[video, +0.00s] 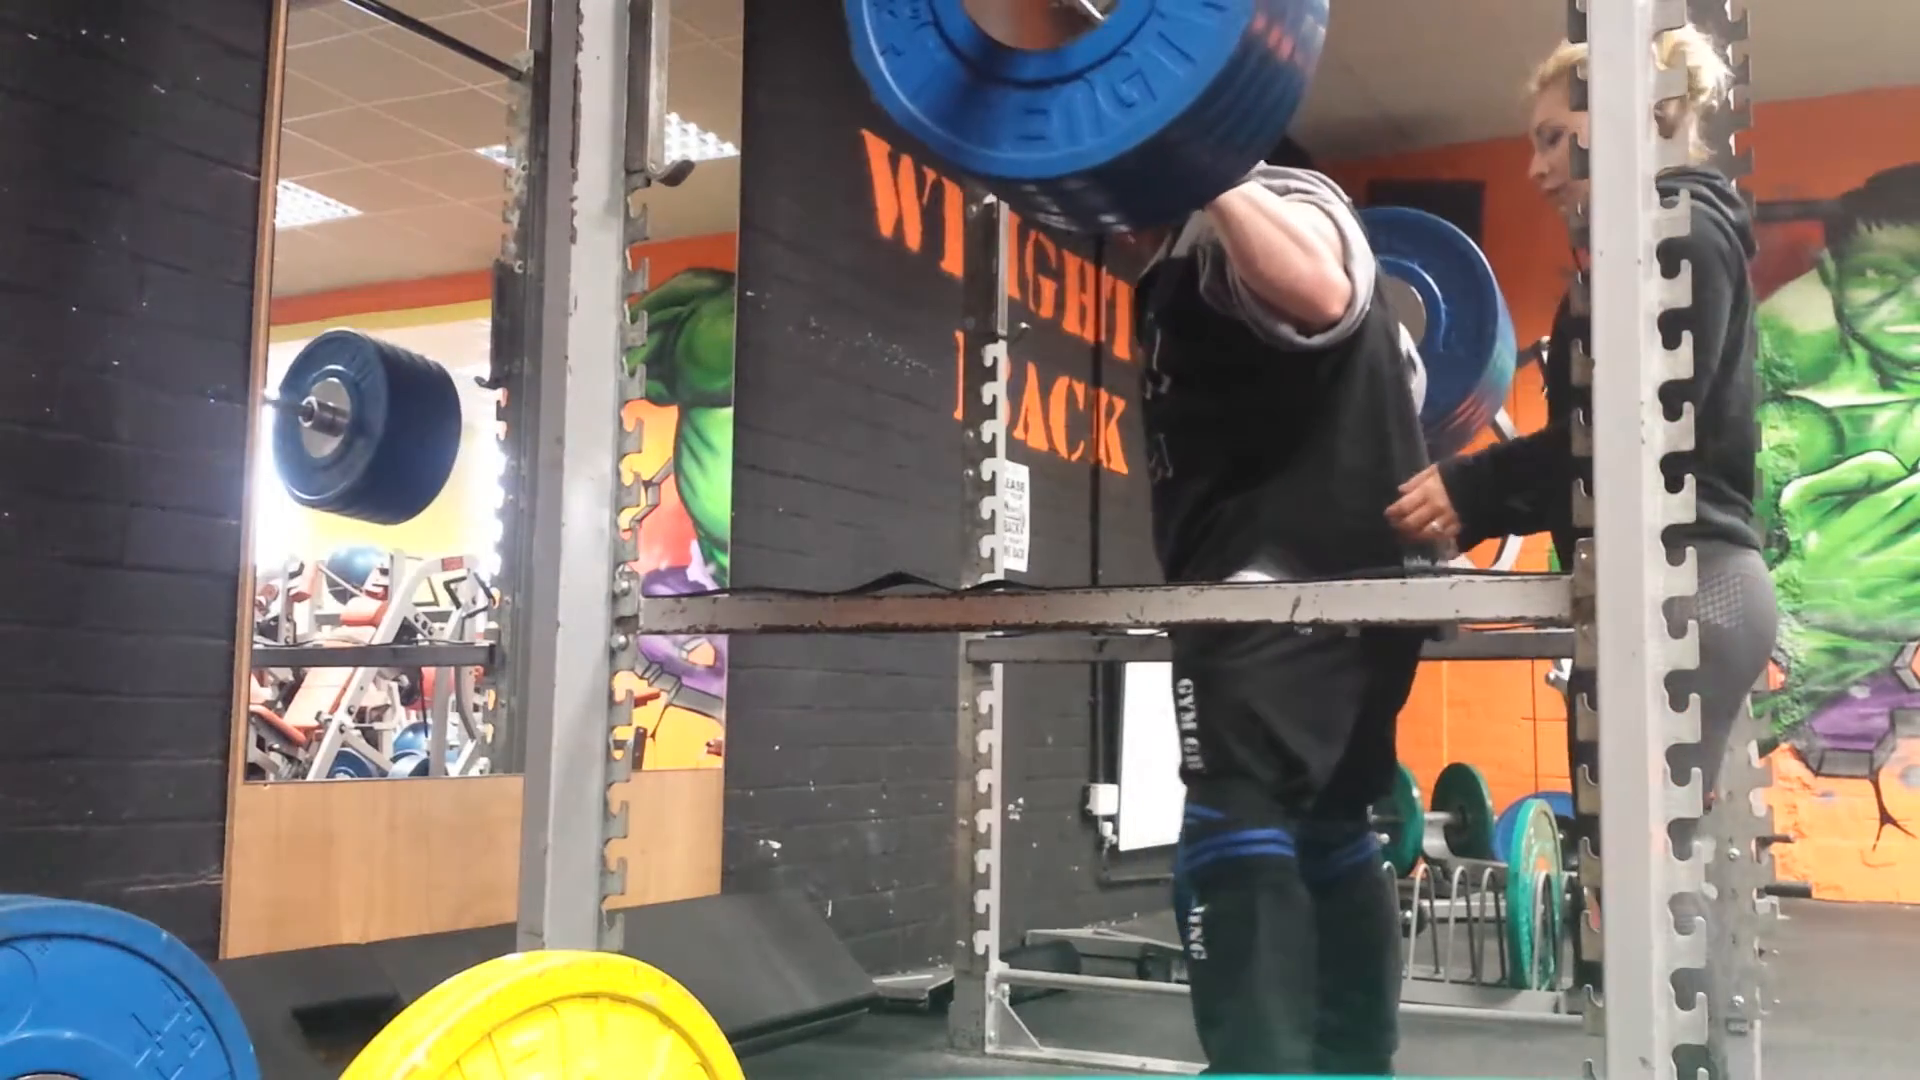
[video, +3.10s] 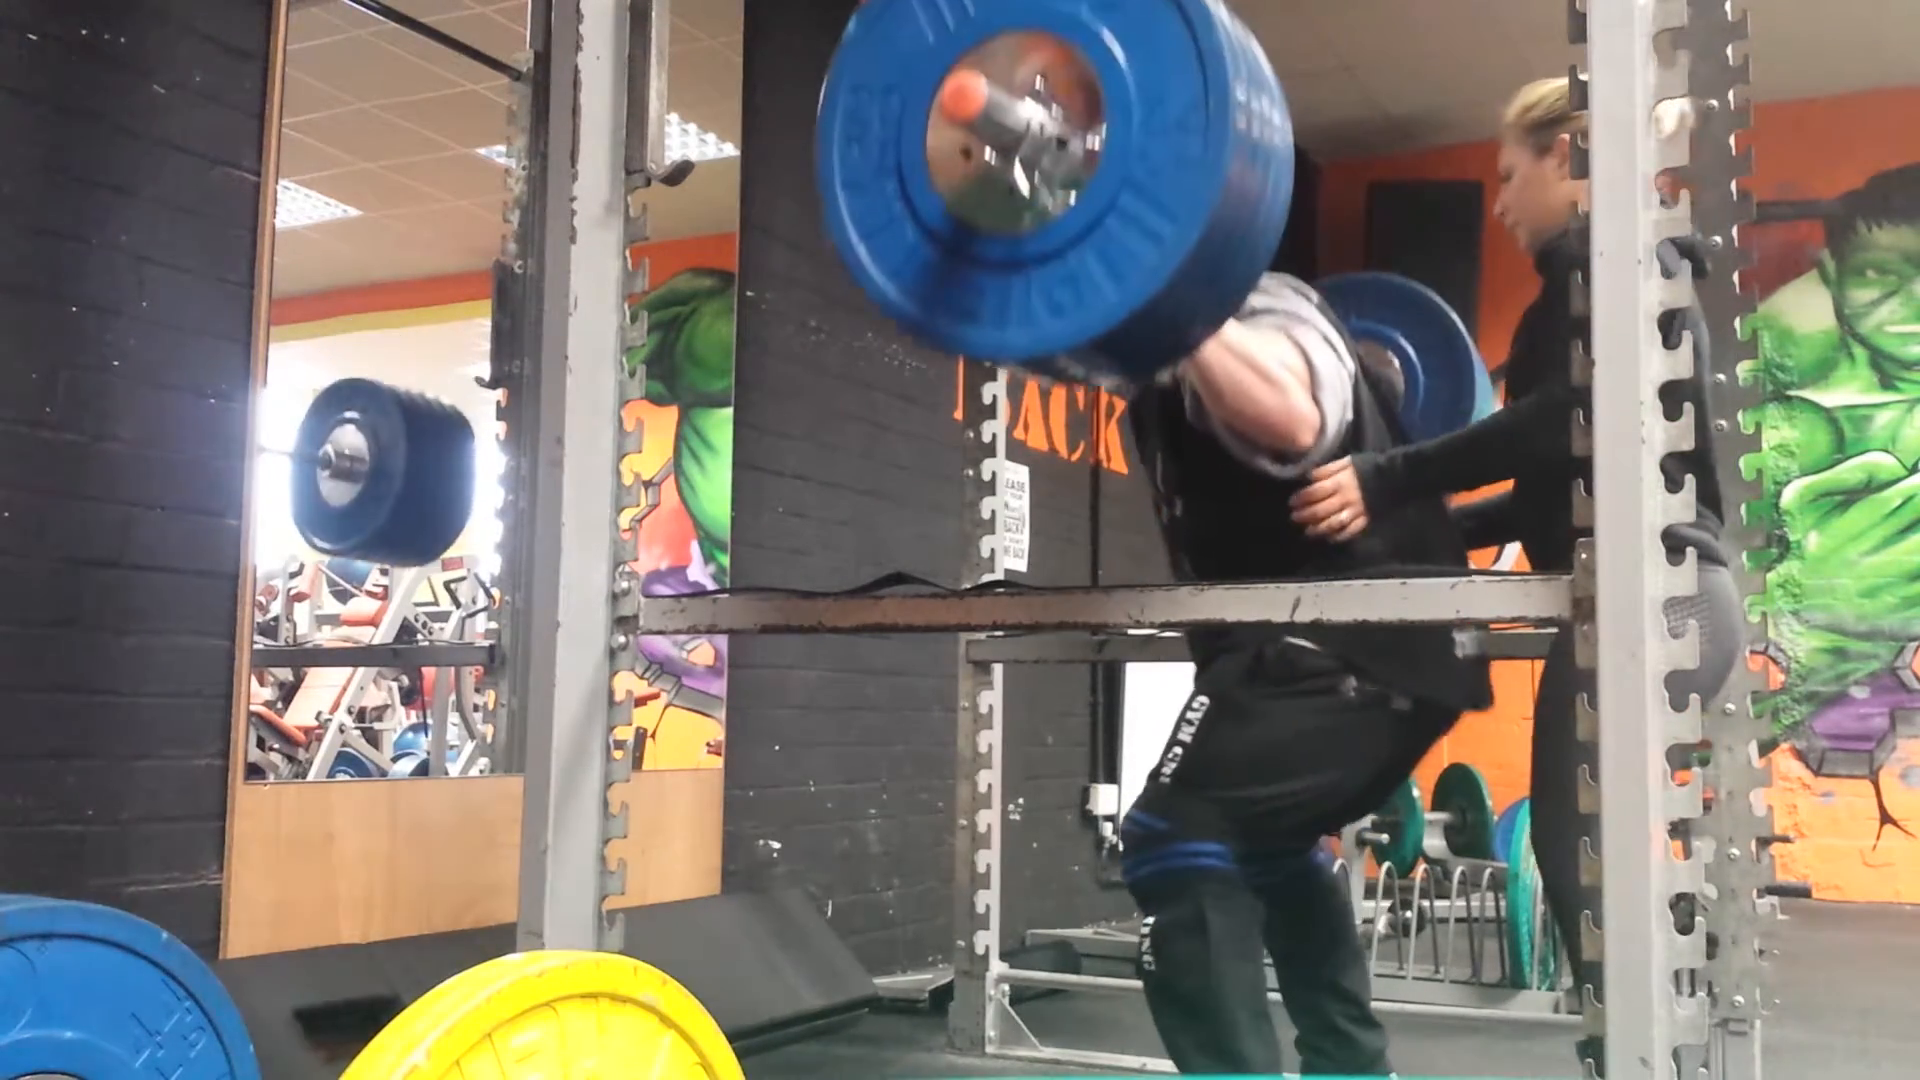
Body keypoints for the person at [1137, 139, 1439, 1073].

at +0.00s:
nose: (1087, 232)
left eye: (1094, 204)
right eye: (1074, 213)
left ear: (1157, 165)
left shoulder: (1283, 196)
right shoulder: (1193, 249)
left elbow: (1319, 290)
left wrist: (1205, 172)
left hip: (1297, 586)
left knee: (1236, 833)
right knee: (1335, 835)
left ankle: (1259, 1065)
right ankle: (1352, 1064)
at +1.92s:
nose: (1102, 251)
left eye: (1103, 226)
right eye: (1090, 234)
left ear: (1156, 183)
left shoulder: (1263, 210)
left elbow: (1295, 302)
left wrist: (1190, 193)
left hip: (1281, 584)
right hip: (1352, 585)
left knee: (1245, 821)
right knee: (1329, 822)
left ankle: (1259, 1062)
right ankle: (1355, 1059)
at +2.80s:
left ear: (1166, 148)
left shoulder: (1251, 223)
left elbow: (1260, 325)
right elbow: (1379, 306)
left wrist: (1170, 193)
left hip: (1290, 595)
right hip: (1340, 591)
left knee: (1227, 820)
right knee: (1312, 820)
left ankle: (1251, 1062)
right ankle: (1349, 1059)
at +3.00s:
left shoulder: (1268, 275)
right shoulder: (1157, 312)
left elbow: (1283, 380)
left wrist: (1173, 266)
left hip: (1326, 616)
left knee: (1189, 829)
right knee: (1282, 833)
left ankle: (1240, 1069)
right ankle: (1351, 1064)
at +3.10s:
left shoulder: (1270, 309)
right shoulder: (1151, 348)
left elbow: (1290, 422)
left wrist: (1177, 310)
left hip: (1340, 653)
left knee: (1173, 839)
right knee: (1274, 843)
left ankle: (1237, 1069)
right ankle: (1350, 1065)